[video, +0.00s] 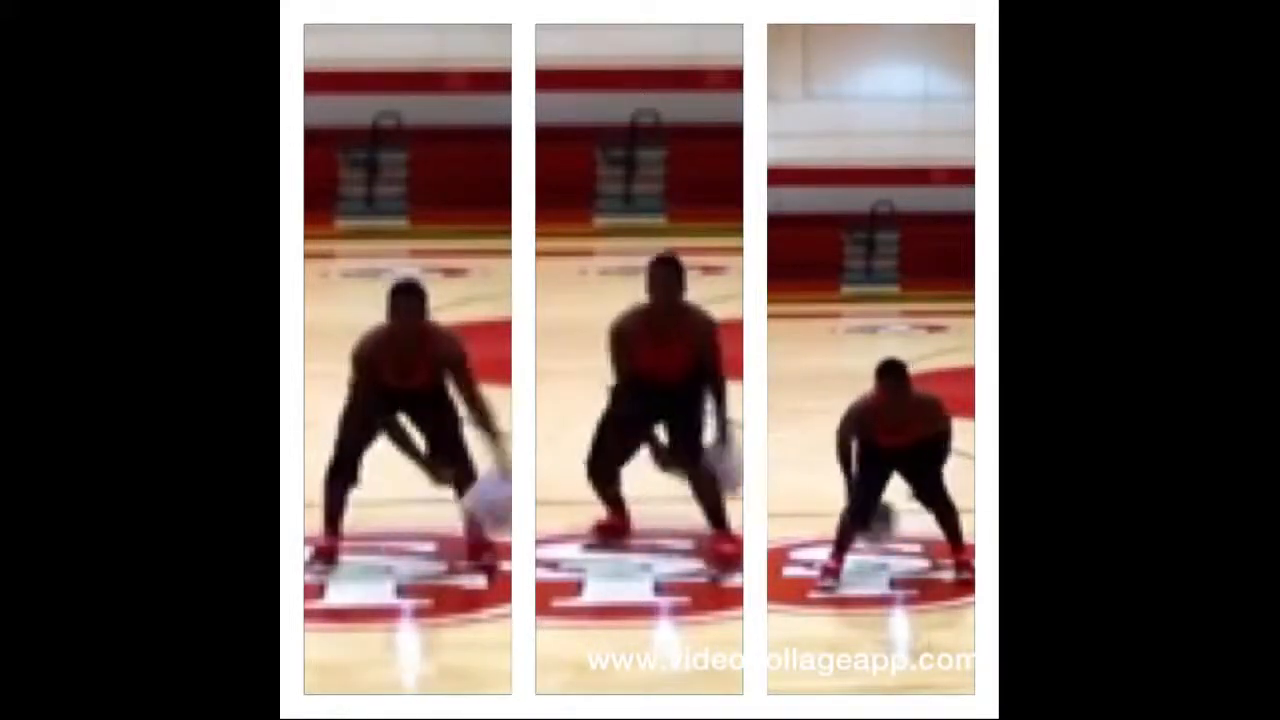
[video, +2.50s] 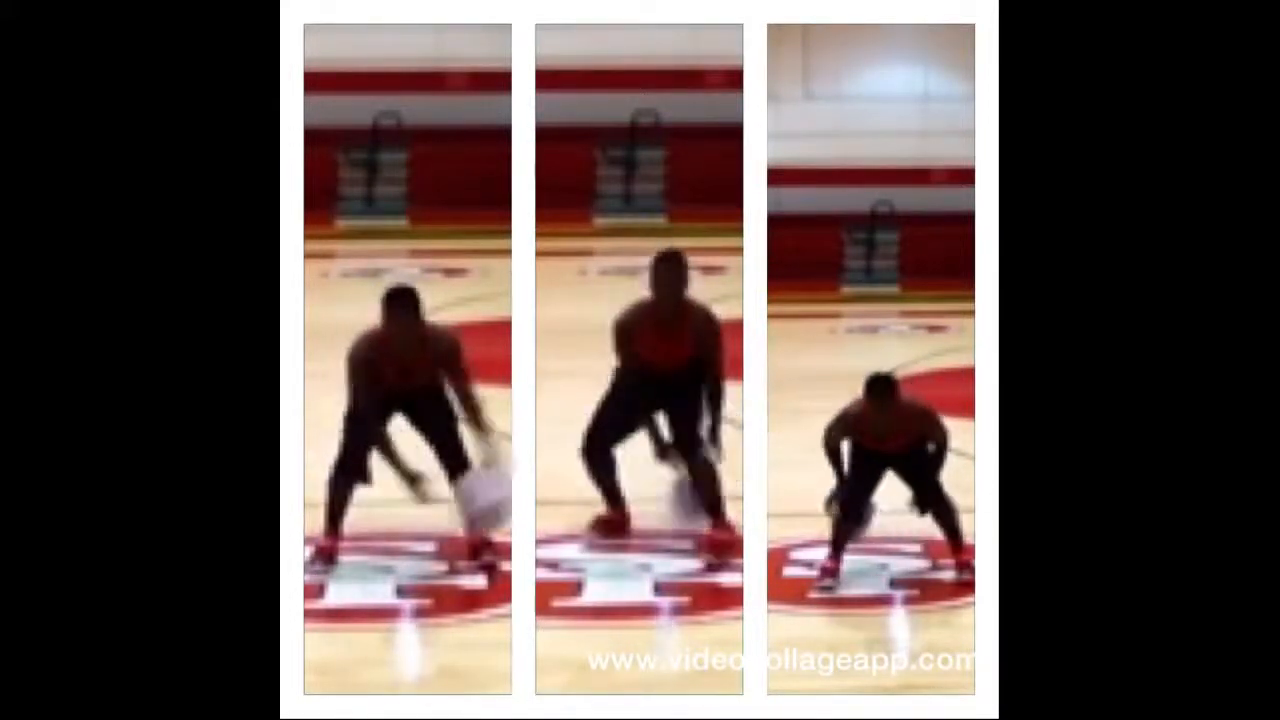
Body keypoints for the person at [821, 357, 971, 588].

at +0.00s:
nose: (894, 398)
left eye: (899, 390)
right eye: (888, 391)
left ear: (908, 386)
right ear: (878, 388)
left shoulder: (930, 407)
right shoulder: (864, 410)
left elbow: (943, 439)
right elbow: (843, 438)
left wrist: (932, 473)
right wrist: (849, 478)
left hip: (916, 453)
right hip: (875, 454)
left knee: (939, 502)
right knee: (859, 507)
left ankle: (960, 558)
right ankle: (835, 562)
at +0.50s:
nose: (905, 400)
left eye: (910, 393)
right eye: (899, 393)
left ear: (918, 389)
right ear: (889, 390)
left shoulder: (931, 409)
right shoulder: (871, 411)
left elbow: (941, 436)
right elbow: (839, 449)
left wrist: (942, 474)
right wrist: (849, 493)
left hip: (911, 454)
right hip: (871, 456)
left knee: (942, 502)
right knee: (859, 511)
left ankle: (960, 559)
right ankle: (835, 562)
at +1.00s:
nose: (904, 407)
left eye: (909, 400)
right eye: (900, 400)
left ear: (918, 396)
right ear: (889, 396)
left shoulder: (931, 413)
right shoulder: (871, 414)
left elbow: (941, 441)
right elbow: (838, 452)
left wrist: (939, 476)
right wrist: (850, 491)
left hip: (911, 455)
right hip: (872, 457)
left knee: (940, 502)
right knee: (860, 511)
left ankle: (959, 559)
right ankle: (835, 561)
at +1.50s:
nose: (901, 408)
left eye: (906, 401)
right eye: (896, 401)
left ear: (916, 396)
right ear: (887, 396)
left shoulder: (934, 416)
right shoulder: (872, 416)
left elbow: (942, 447)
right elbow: (846, 453)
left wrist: (931, 476)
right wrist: (864, 489)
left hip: (914, 458)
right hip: (876, 459)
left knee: (939, 507)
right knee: (861, 509)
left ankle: (960, 560)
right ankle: (834, 562)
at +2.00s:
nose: (891, 408)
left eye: (896, 401)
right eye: (885, 401)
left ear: (905, 395)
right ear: (876, 396)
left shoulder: (924, 412)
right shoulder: (862, 415)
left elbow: (943, 442)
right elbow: (836, 446)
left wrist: (929, 484)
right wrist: (854, 483)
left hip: (912, 453)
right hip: (872, 454)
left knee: (939, 501)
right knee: (860, 506)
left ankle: (960, 556)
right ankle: (834, 561)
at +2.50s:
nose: (881, 413)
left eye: (886, 406)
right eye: (875, 407)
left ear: (896, 399)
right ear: (867, 401)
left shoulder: (918, 414)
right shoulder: (856, 415)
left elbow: (941, 442)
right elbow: (831, 440)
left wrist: (926, 486)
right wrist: (841, 479)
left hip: (910, 453)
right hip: (868, 454)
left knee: (936, 500)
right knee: (850, 504)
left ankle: (960, 555)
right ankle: (833, 560)